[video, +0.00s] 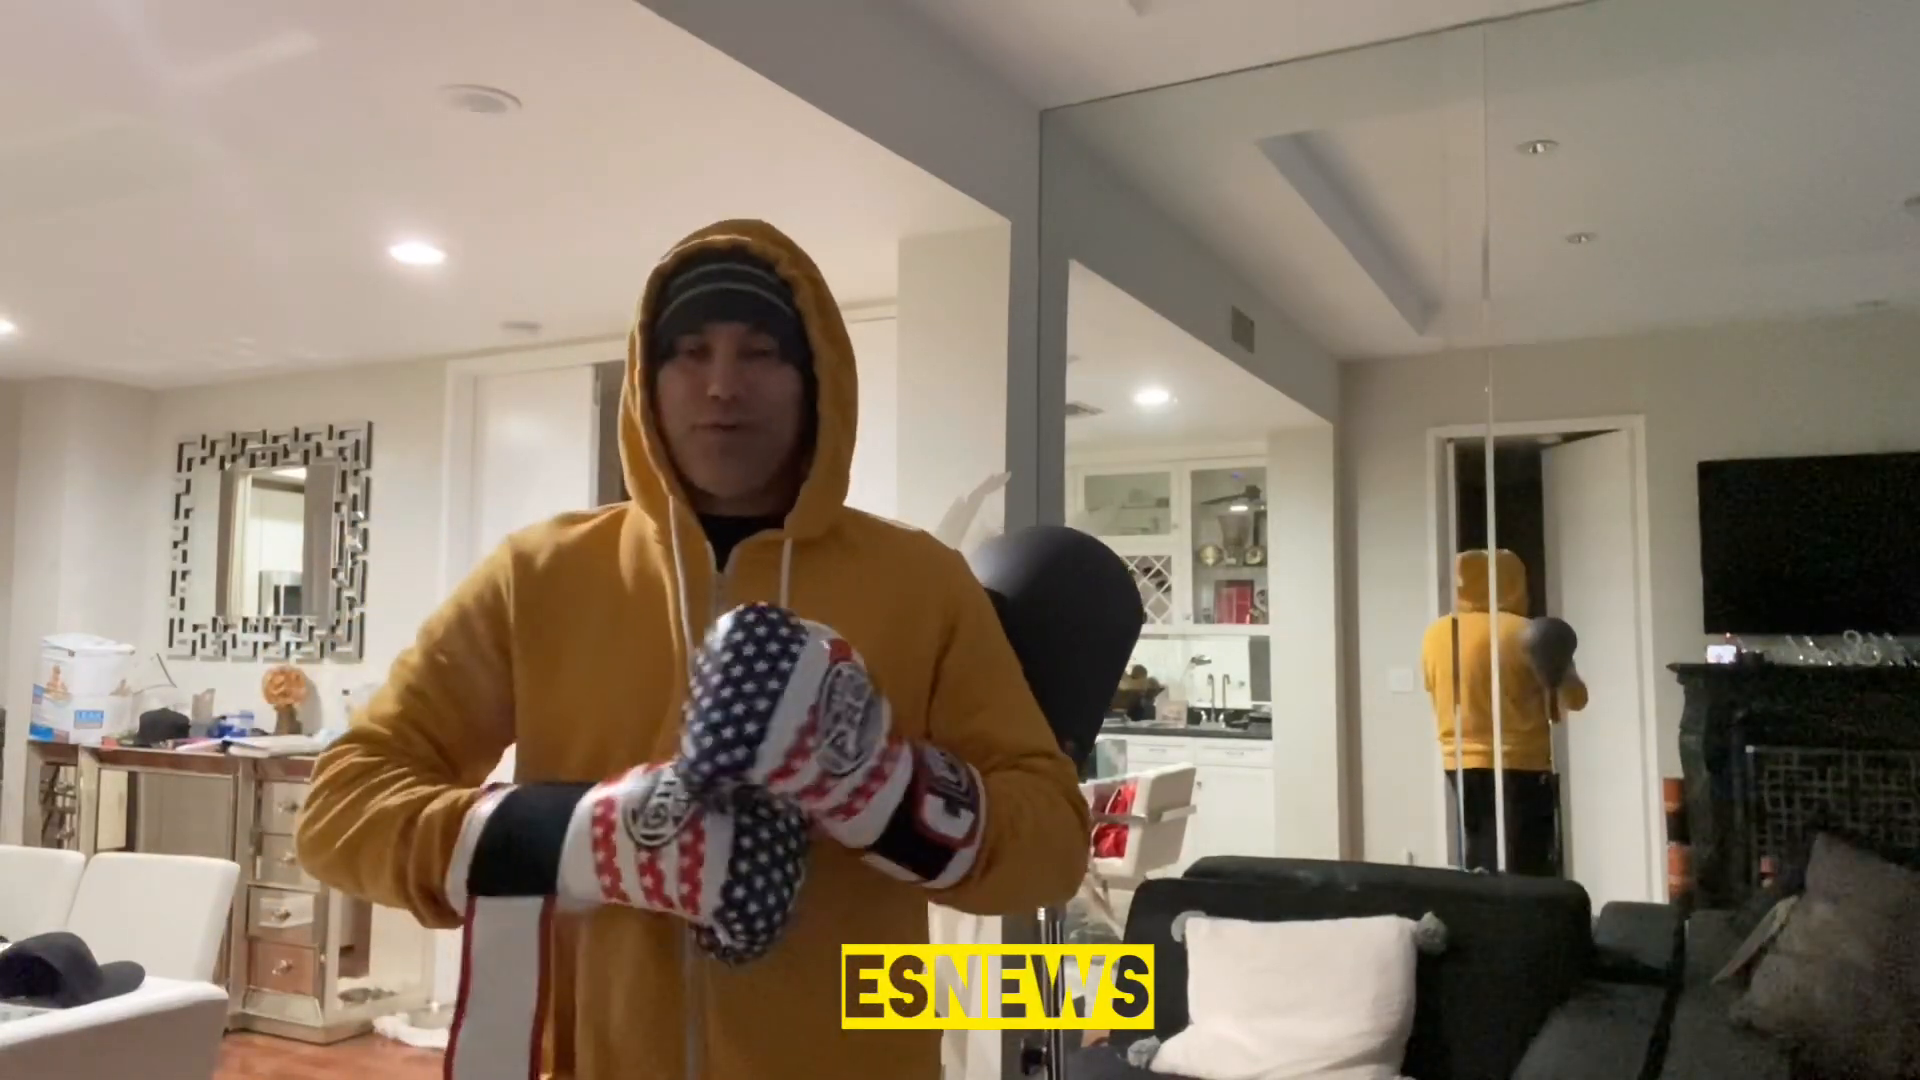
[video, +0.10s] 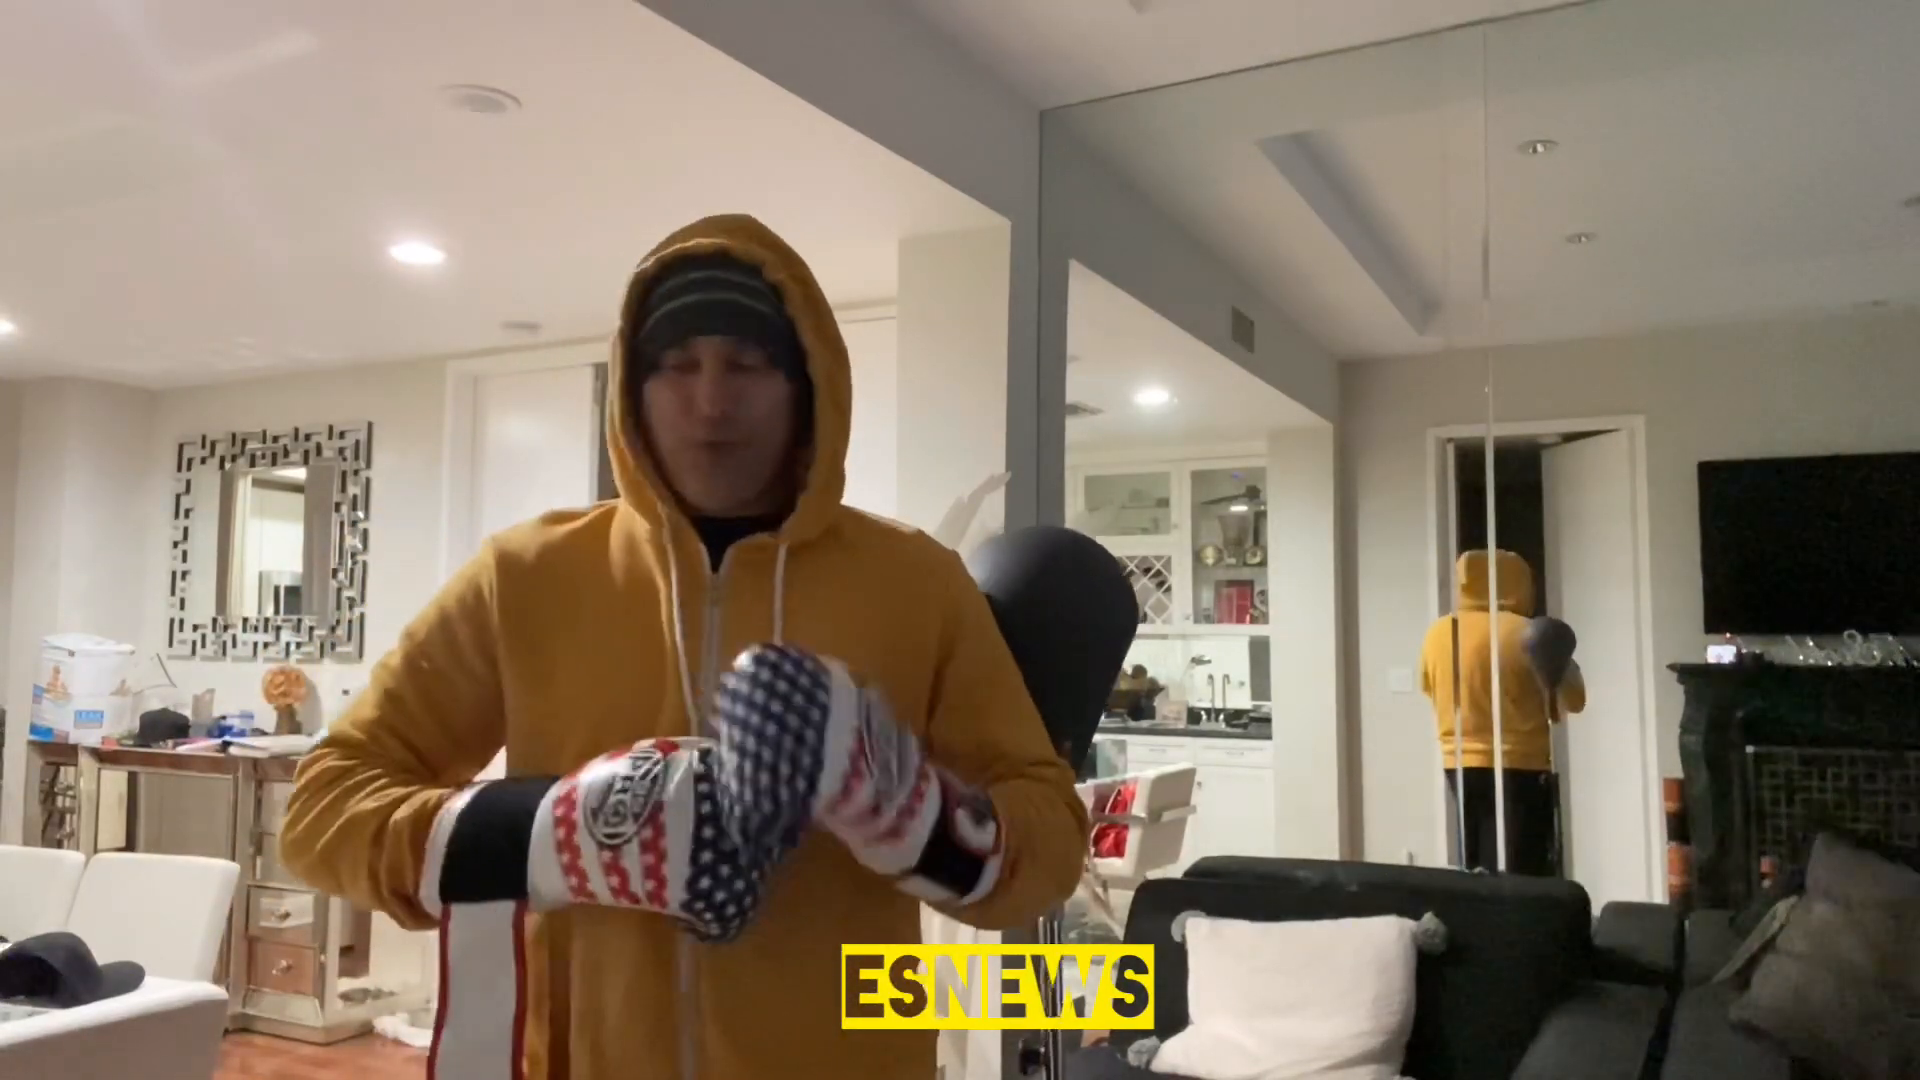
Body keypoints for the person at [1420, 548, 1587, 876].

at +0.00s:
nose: (1525, 591)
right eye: (1521, 583)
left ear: (1463, 586)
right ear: (1513, 586)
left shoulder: (1437, 634)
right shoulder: (1528, 633)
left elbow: (1433, 689)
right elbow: (1575, 698)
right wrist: (1558, 657)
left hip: (1463, 770)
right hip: (1524, 770)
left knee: (1477, 860)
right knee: (1529, 867)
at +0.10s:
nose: (1529, 591)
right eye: (1525, 584)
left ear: (1464, 585)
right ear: (1515, 586)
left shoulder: (1439, 632)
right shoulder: (1530, 633)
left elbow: (1429, 687)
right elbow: (1574, 700)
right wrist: (1557, 653)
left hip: (1462, 769)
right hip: (1523, 771)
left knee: (1472, 867)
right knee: (1527, 871)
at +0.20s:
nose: (1528, 591)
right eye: (1524, 584)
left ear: (1466, 585)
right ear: (1516, 585)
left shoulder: (1441, 632)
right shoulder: (1529, 632)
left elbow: (1430, 688)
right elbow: (1564, 704)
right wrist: (1560, 663)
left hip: (1462, 769)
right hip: (1522, 769)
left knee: (1475, 864)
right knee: (1528, 868)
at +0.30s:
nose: (1531, 596)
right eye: (1527, 589)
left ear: (1468, 587)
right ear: (1520, 588)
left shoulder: (1441, 634)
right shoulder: (1529, 631)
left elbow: (1437, 690)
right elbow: (1565, 699)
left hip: (1461, 767)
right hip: (1520, 768)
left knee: (1476, 861)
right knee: (1526, 866)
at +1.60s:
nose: (1535, 606)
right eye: (1530, 599)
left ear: (1470, 593)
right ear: (1523, 596)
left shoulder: (1442, 633)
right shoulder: (1527, 632)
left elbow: (1449, 688)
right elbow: (1581, 684)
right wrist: (1544, 696)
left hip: (1454, 765)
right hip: (1516, 767)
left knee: (1474, 859)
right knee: (1527, 861)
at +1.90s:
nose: (1529, 612)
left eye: (1530, 604)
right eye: (1527, 604)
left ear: (1472, 590)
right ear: (1514, 598)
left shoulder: (1438, 630)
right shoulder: (1502, 634)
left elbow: (1445, 698)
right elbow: (1535, 703)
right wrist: (1561, 697)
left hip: (1448, 765)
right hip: (1504, 767)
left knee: (1477, 865)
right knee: (1525, 868)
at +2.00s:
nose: (1525, 617)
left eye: (1528, 608)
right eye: (1524, 607)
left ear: (1476, 591)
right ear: (1508, 601)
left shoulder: (1438, 628)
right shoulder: (1487, 633)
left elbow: (1448, 699)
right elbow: (1500, 700)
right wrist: (1543, 717)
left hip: (1448, 765)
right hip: (1491, 766)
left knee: (1478, 865)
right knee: (1520, 866)